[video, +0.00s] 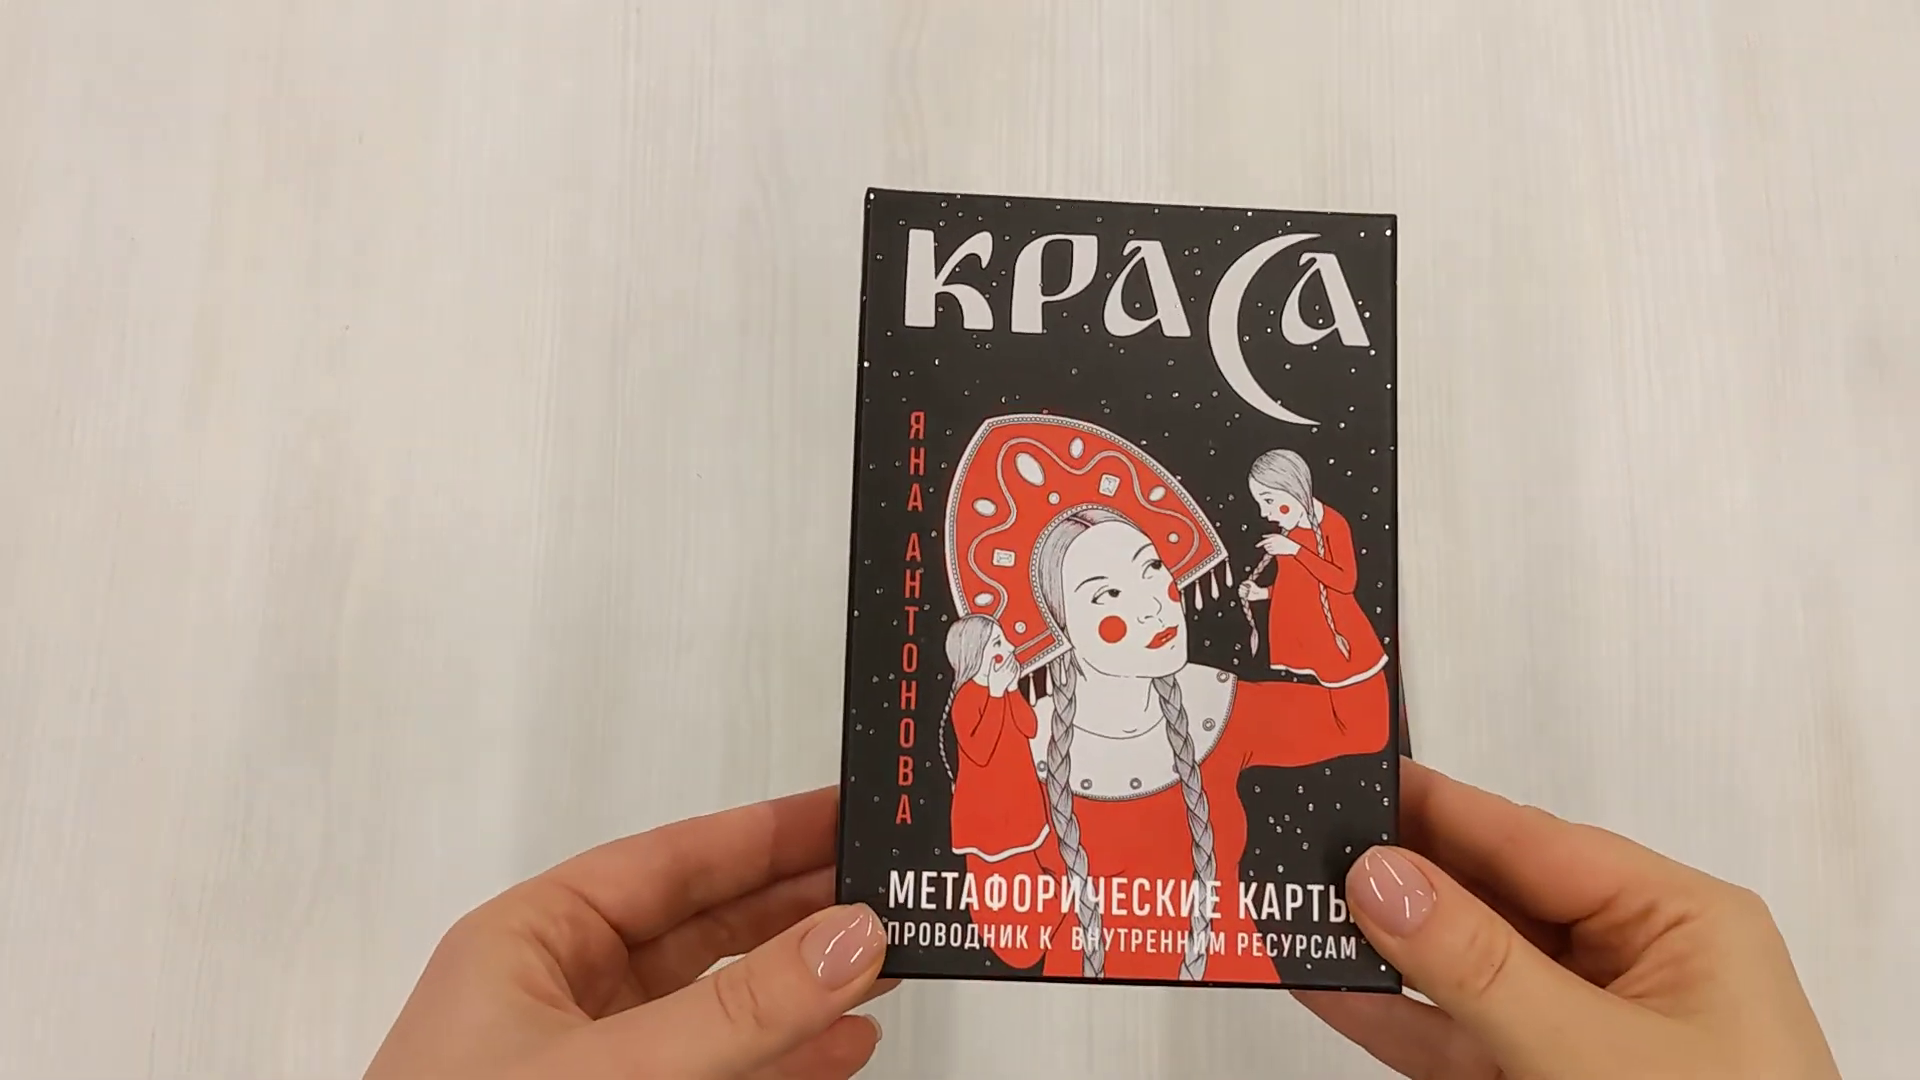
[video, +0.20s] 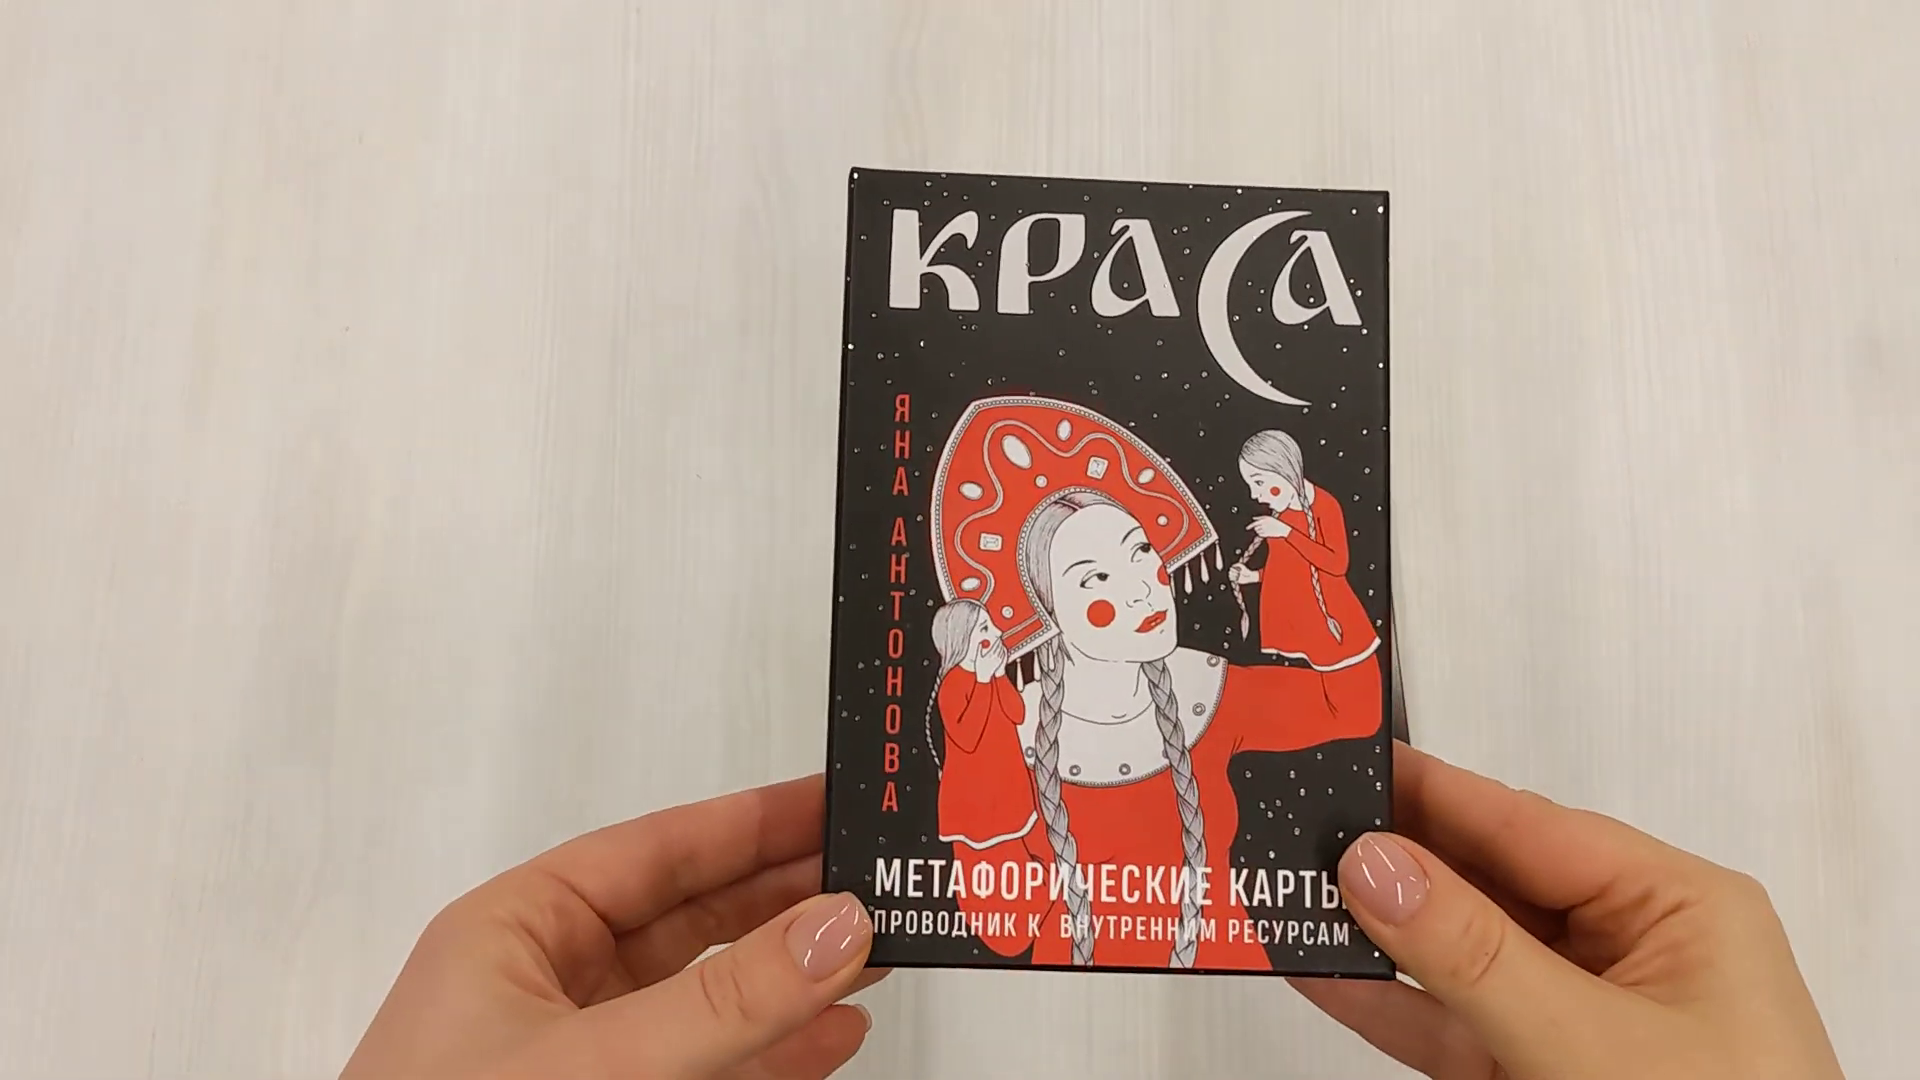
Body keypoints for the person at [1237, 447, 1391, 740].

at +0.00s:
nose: (1266, 513)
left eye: (1272, 501)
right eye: (1261, 504)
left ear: (1297, 490)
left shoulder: (1333, 524)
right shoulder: (1290, 528)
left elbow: (1346, 581)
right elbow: (1298, 586)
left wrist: (1296, 550)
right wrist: (1264, 592)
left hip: (1343, 651)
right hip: (1303, 652)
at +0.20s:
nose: (1257, 495)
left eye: (1263, 482)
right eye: (1251, 486)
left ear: (1288, 471)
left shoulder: (1325, 506)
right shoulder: (1281, 510)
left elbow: (1338, 563)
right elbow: (1290, 567)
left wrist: (1286, 532)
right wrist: (1256, 575)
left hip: (1336, 633)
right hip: (1297, 636)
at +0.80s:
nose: (1254, 481)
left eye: (1258, 468)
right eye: (1250, 472)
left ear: (1283, 456)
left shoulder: (1327, 487)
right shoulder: (1280, 496)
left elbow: (1340, 539)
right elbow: (1289, 548)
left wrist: (1287, 513)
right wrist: (1253, 556)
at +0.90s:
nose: (1260, 482)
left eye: (1264, 470)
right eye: (1256, 474)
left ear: (1288, 457)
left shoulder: (1333, 488)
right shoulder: (1286, 497)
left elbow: (1346, 539)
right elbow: (1294, 547)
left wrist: (1293, 514)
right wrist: (1259, 556)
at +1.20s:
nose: (1240, 512)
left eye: (1242, 501)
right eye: (1235, 505)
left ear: (1265, 491)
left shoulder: (1304, 525)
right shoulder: (1264, 531)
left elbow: (1321, 573)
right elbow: (1275, 574)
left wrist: (1270, 544)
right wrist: (1241, 579)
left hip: (1322, 638)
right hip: (1288, 640)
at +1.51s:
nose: (1198, 500)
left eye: (1200, 488)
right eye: (1194, 491)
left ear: (1220, 479)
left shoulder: (1256, 517)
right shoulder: (1223, 519)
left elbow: (1274, 566)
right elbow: (1237, 566)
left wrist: (1227, 535)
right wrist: (1204, 569)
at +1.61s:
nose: (1196, 496)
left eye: (1198, 484)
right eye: (1192, 487)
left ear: (1218, 475)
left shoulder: (1253, 512)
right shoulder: (1222, 515)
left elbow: (1270, 564)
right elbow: (1235, 564)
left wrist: (1226, 532)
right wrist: (1204, 567)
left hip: (1277, 627)